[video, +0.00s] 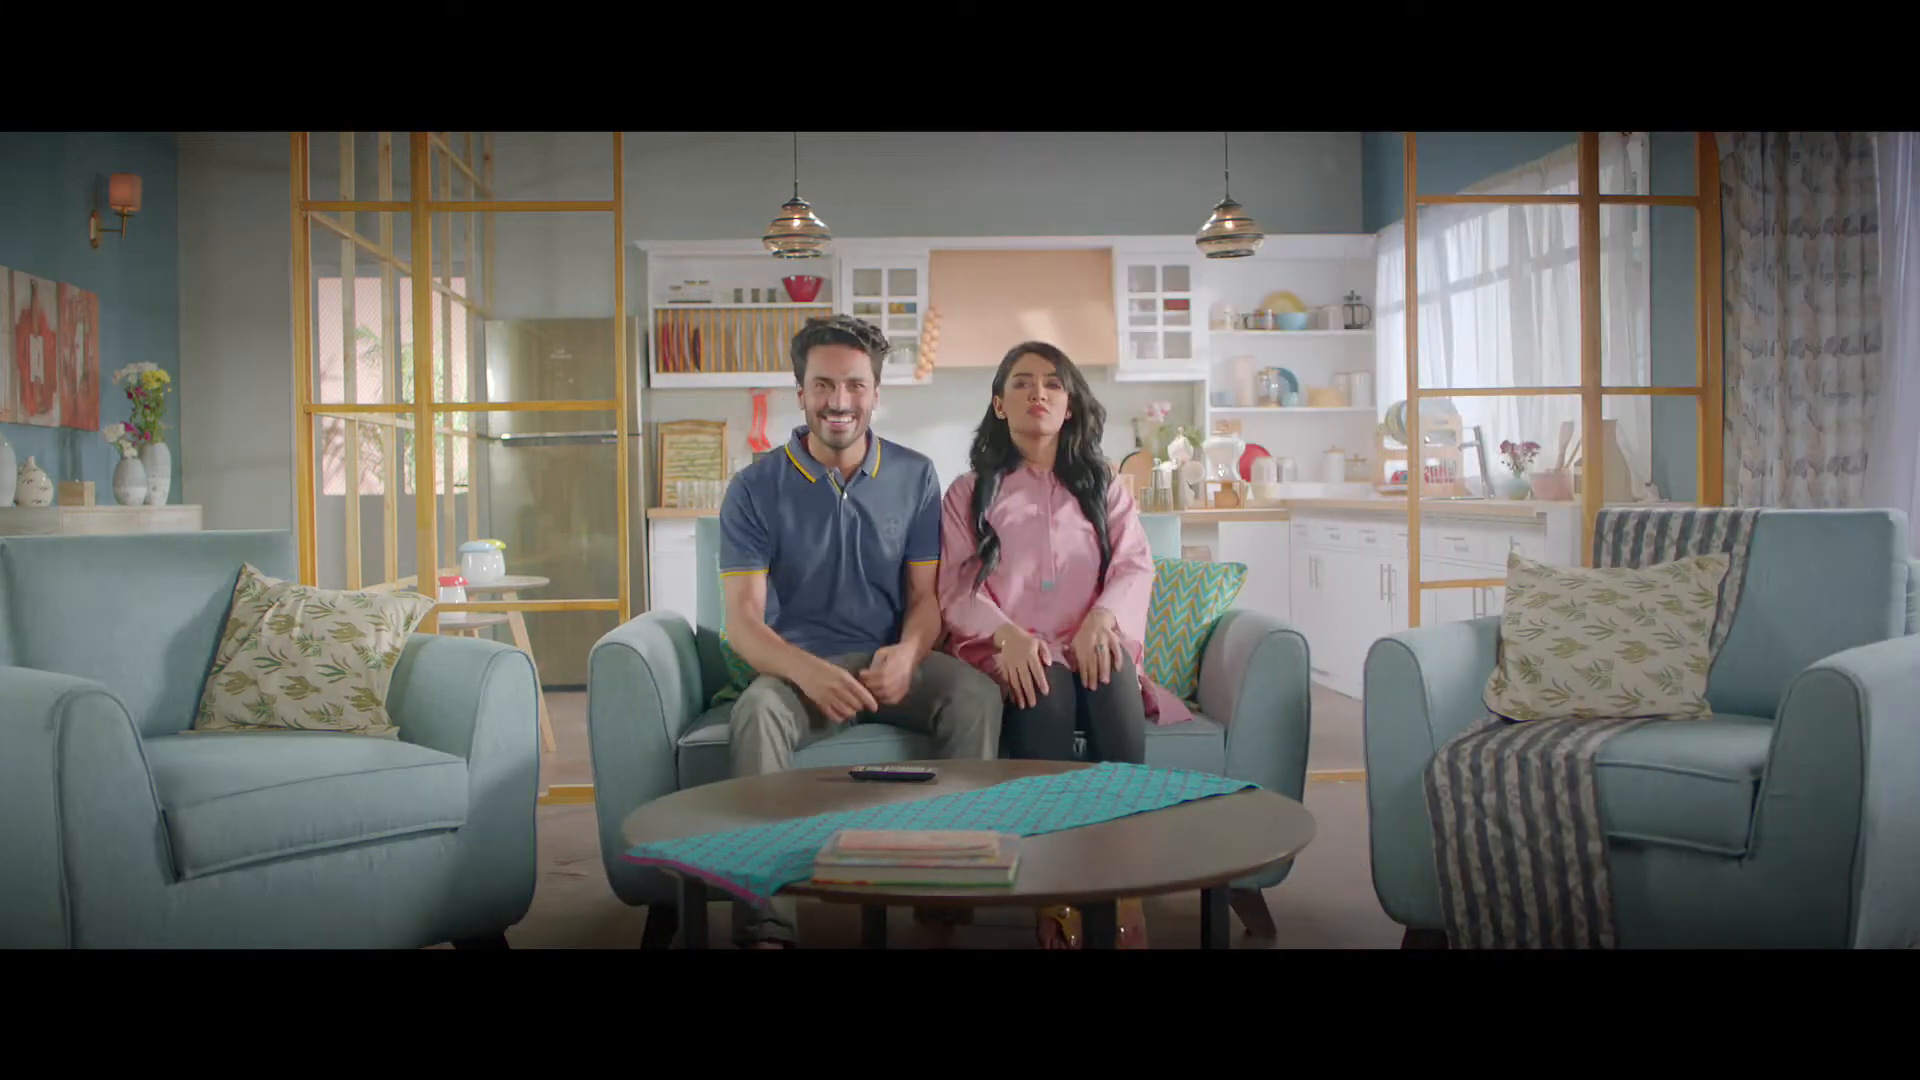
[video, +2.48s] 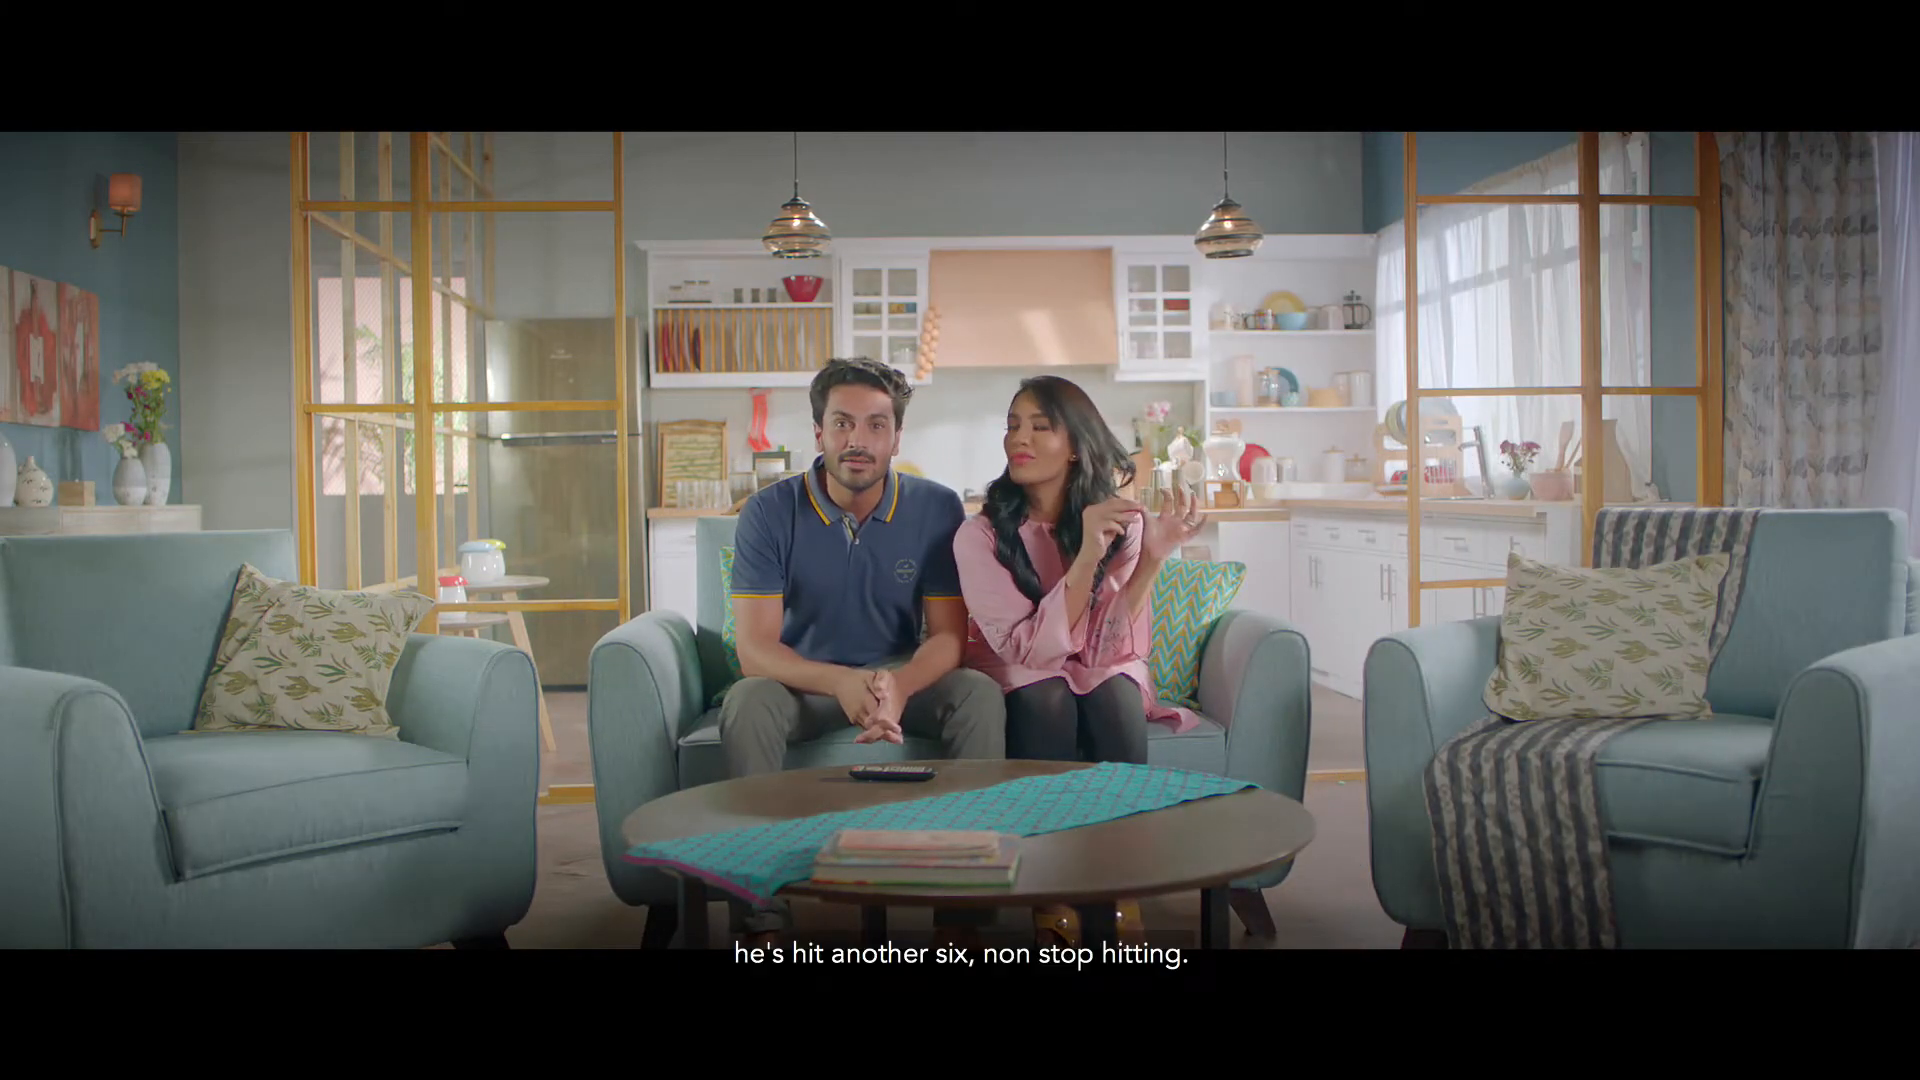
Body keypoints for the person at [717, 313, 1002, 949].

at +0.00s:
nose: (839, 401)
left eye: (855, 385)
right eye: (823, 384)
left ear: (876, 393)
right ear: (800, 392)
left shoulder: (913, 476)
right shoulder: (756, 488)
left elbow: (923, 599)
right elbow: (744, 623)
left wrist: (908, 653)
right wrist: (813, 675)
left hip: (891, 660)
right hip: (803, 668)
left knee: (976, 698)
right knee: (758, 711)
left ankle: (951, 891)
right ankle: (766, 915)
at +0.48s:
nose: (838, 429)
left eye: (853, 412)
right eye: (822, 412)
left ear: (875, 420)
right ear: (798, 422)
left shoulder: (924, 501)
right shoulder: (762, 510)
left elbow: (946, 627)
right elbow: (751, 647)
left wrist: (906, 674)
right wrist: (823, 667)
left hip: (902, 682)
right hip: (805, 686)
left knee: (982, 687)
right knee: (739, 699)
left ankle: (973, 891)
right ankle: (751, 910)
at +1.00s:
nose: (844, 441)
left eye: (860, 425)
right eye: (828, 425)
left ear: (885, 434)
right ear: (806, 434)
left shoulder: (930, 507)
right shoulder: (766, 514)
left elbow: (951, 635)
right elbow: (748, 653)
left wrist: (908, 676)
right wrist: (832, 672)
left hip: (904, 683)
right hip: (807, 687)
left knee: (983, 694)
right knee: (747, 703)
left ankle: (967, 897)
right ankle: (760, 914)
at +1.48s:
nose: (846, 439)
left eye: (861, 423)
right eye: (830, 423)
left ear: (885, 434)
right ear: (807, 435)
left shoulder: (931, 506)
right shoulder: (766, 513)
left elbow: (947, 636)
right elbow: (753, 650)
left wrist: (895, 687)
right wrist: (836, 680)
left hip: (904, 684)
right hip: (804, 687)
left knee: (981, 696)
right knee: (747, 704)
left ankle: (964, 898)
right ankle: (759, 912)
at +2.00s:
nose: (854, 442)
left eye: (871, 426)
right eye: (839, 426)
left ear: (893, 436)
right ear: (816, 436)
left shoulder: (935, 507)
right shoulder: (770, 514)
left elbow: (947, 635)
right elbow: (756, 653)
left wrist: (897, 690)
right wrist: (840, 682)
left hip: (904, 683)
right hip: (804, 687)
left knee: (981, 696)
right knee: (747, 704)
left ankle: (965, 870)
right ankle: (762, 881)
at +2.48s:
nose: (859, 440)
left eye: (876, 424)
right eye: (843, 424)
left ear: (896, 436)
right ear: (819, 433)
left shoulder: (935, 507)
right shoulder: (770, 513)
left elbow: (947, 636)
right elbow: (757, 652)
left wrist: (897, 687)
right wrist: (839, 681)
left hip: (904, 683)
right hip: (804, 687)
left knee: (981, 695)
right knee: (748, 703)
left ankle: (967, 874)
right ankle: (761, 889)